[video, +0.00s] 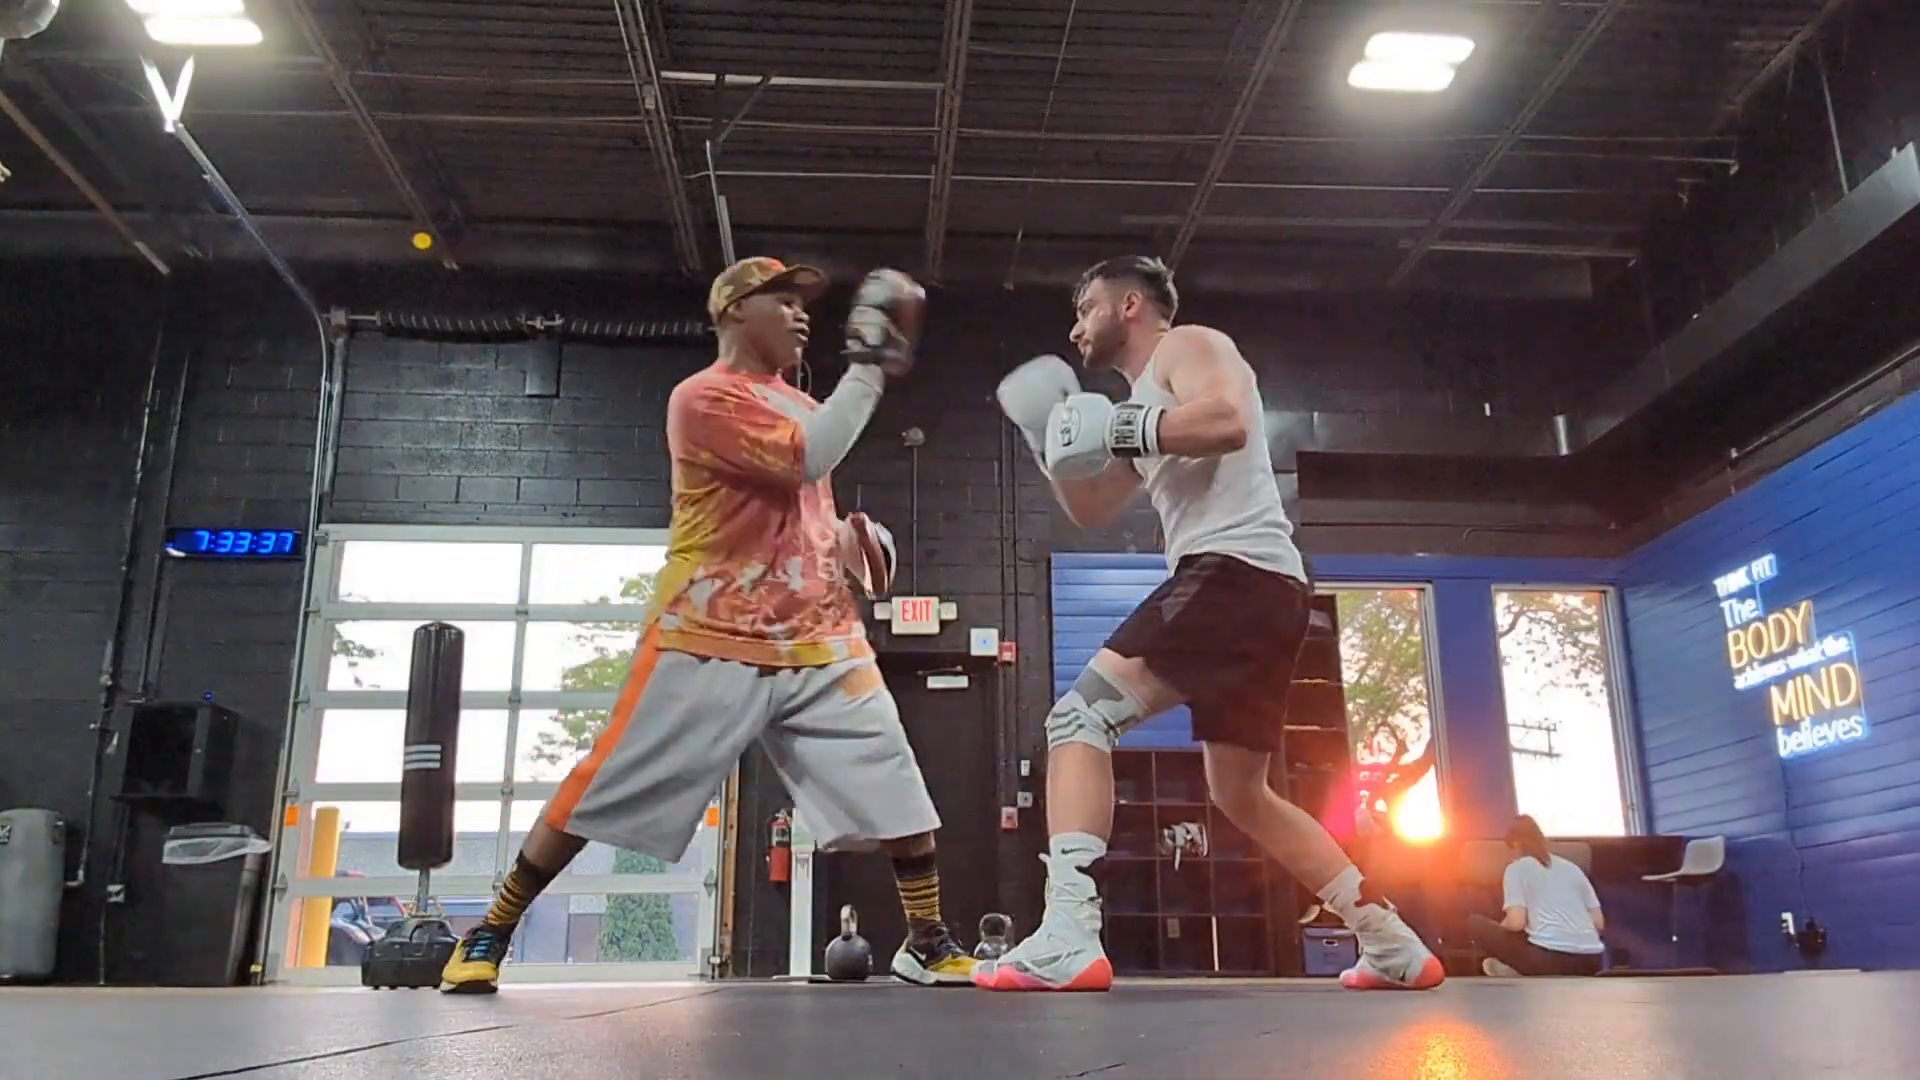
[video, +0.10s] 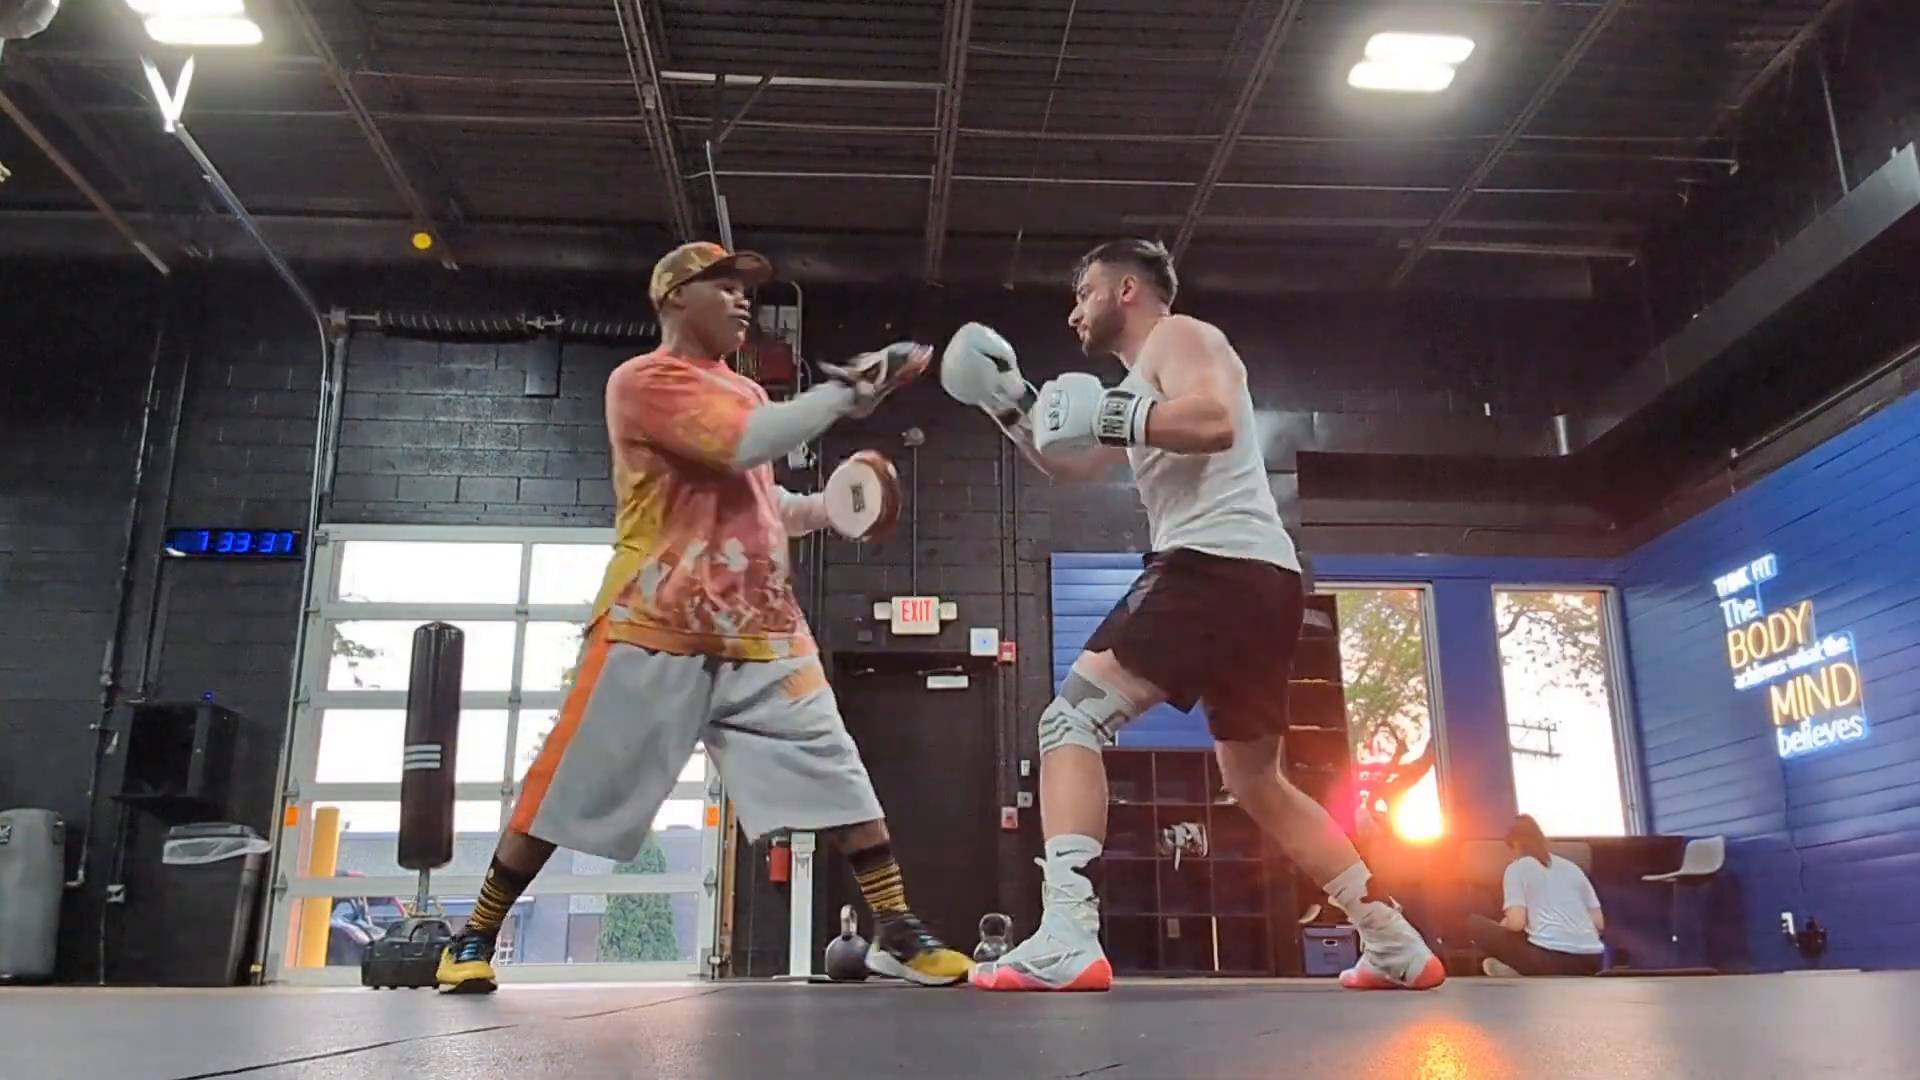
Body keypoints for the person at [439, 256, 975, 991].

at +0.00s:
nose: (801, 313)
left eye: (800, 304)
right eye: (783, 301)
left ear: (784, 323)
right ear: (733, 314)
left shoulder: (807, 409)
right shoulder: (701, 398)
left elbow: (807, 523)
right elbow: (804, 456)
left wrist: (849, 537)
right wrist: (869, 363)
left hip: (819, 627)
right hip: (709, 628)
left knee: (890, 763)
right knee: (608, 778)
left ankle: (929, 938)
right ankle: (492, 933)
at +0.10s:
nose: (742, 300)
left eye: (742, 290)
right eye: (724, 288)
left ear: (727, 307)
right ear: (675, 300)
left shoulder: (747, 396)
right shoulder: (640, 381)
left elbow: (749, 512)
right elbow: (739, 441)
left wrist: (830, 504)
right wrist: (850, 390)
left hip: (761, 619)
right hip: (657, 617)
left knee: (834, 759)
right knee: (570, 773)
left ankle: (897, 927)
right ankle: (476, 938)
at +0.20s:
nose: (687, 280)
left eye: (690, 270)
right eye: (667, 266)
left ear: (695, 291)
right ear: (620, 286)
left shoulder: (723, 377)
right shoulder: (579, 377)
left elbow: (784, 468)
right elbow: (599, 473)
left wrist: (887, 450)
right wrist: (707, 429)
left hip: (723, 606)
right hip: (615, 606)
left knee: (779, 753)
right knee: (549, 767)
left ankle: (770, 928)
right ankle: (472, 935)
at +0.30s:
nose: (642, 281)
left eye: (647, 271)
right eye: (621, 267)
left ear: (654, 291)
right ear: (578, 285)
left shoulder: (703, 368)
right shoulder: (538, 387)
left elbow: (817, 402)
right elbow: (529, 481)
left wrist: (932, 419)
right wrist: (627, 445)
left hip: (697, 612)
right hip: (584, 608)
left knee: (713, 768)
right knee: (538, 771)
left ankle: (660, 892)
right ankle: (472, 936)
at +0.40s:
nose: (627, 281)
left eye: (634, 271)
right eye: (606, 269)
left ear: (645, 293)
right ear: (566, 293)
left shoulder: (697, 366)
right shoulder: (537, 394)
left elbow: (792, 420)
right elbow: (516, 485)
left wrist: (863, 407)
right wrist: (589, 428)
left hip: (679, 620)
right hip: (576, 614)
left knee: (658, 794)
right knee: (534, 772)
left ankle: (606, 905)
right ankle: (470, 933)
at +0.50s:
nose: (649, 289)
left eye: (653, 279)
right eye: (632, 277)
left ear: (658, 296)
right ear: (590, 297)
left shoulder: (690, 378)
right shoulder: (553, 384)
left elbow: (709, 496)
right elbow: (571, 467)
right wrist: (609, 364)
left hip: (683, 606)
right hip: (587, 603)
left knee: (694, 764)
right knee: (548, 760)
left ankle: (607, 894)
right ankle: (471, 932)